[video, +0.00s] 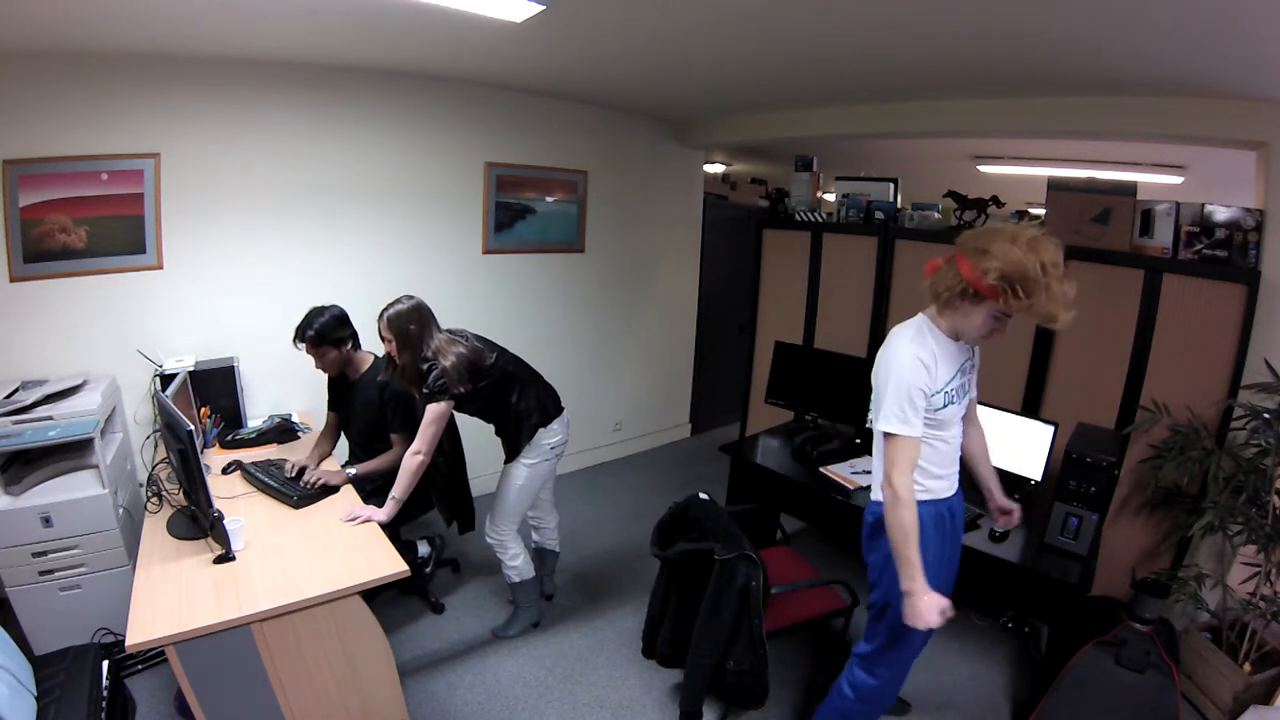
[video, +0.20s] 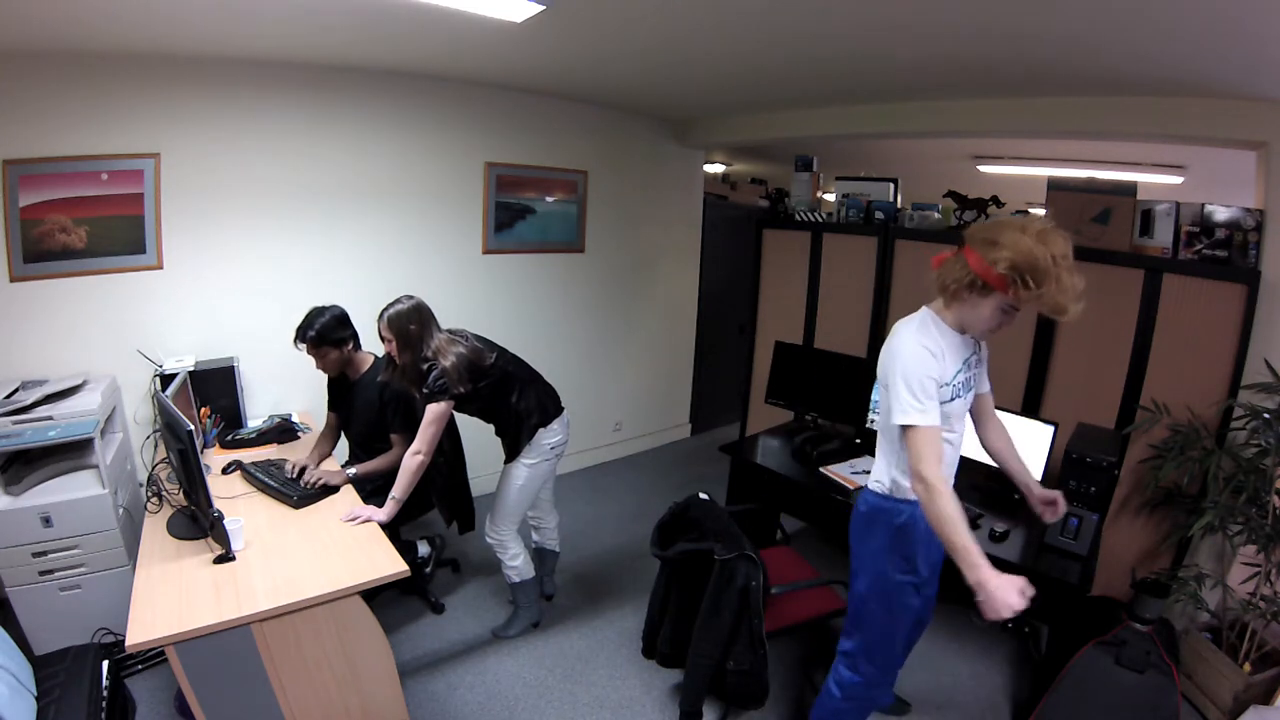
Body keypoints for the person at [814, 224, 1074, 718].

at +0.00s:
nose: (1002, 330)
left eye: (1008, 319)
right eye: (999, 317)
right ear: (970, 295)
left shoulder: (964, 342)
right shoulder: (907, 356)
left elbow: (968, 421)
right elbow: (896, 486)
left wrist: (993, 494)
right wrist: (915, 588)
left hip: (944, 508)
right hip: (905, 517)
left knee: (918, 616)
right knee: (890, 643)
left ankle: (880, 692)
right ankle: (843, 712)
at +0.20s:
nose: (1007, 325)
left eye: (1014, 314)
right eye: (1007, 311)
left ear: (990, 293)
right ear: (981, 288)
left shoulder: (969, 341)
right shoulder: (913, 347)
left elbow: (986, 419)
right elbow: (927, 480)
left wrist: (1029, 487)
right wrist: (985, 579)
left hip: (931, 511)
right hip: (893, 517)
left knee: (909, 615)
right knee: (869, 648)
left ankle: (874, 690)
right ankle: (835, 712)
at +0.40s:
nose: (1000, 334)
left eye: (1007, 323)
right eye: (999, 320)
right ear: (969, 296)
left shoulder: (962, 347)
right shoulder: (906, 360)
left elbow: (970, 428)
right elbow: (901, 489)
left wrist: (998, 501)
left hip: (943, 512)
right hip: (904, 522)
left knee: (913, 619)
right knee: (886, 657)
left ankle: (883, 694)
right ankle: (848, 712)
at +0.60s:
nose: (1005, 324)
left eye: (1012, 313)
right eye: (1004, 310)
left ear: (985, 292)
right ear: (977, 288)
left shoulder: (967, 339)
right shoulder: (911, 349)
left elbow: (982, 418)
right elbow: (918, 478)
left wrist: (1020, 490)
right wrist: (967, 582)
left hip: (937, 506)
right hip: (897, 516)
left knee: (908, 612)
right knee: (869, 649)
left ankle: (874, 687)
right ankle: (833, 712)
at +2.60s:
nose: (1002, 336)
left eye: (1009, 325)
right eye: (999, 322)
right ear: (968, 299)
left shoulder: (961, 345)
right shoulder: (907, 358)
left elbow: (966, 423)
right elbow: (900, 487)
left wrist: (995, 495)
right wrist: (931, 588)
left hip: (944, 510)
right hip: (904, 521)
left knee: (914, 614)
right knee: (876, 659)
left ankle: (881, 690)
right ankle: (842, 713)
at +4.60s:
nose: (1002, 330)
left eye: (1009, 319)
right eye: (1001, 317)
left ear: (979, 300)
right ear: (971, 294)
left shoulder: (959, 344)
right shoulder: (908, 354)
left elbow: (978, 420)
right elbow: (929, 484)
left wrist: (1024, 488)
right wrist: (990, 576)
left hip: (926, 522)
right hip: (891, 529)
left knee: (911, 624)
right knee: (871, 679)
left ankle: (879, 692)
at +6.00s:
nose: (1004, 329)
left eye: (1011, 318)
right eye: (1002, 315)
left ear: (979, 300)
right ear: (972, 294)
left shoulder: (959, 340)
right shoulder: (911, 357)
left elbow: (968, 420)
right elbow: (910, 487)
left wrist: (994, 494)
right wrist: (942, 584)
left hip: (946, 508)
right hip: (907, 522)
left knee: (910, 617)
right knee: (877, 658)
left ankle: (880, 689)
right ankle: (842, 713)